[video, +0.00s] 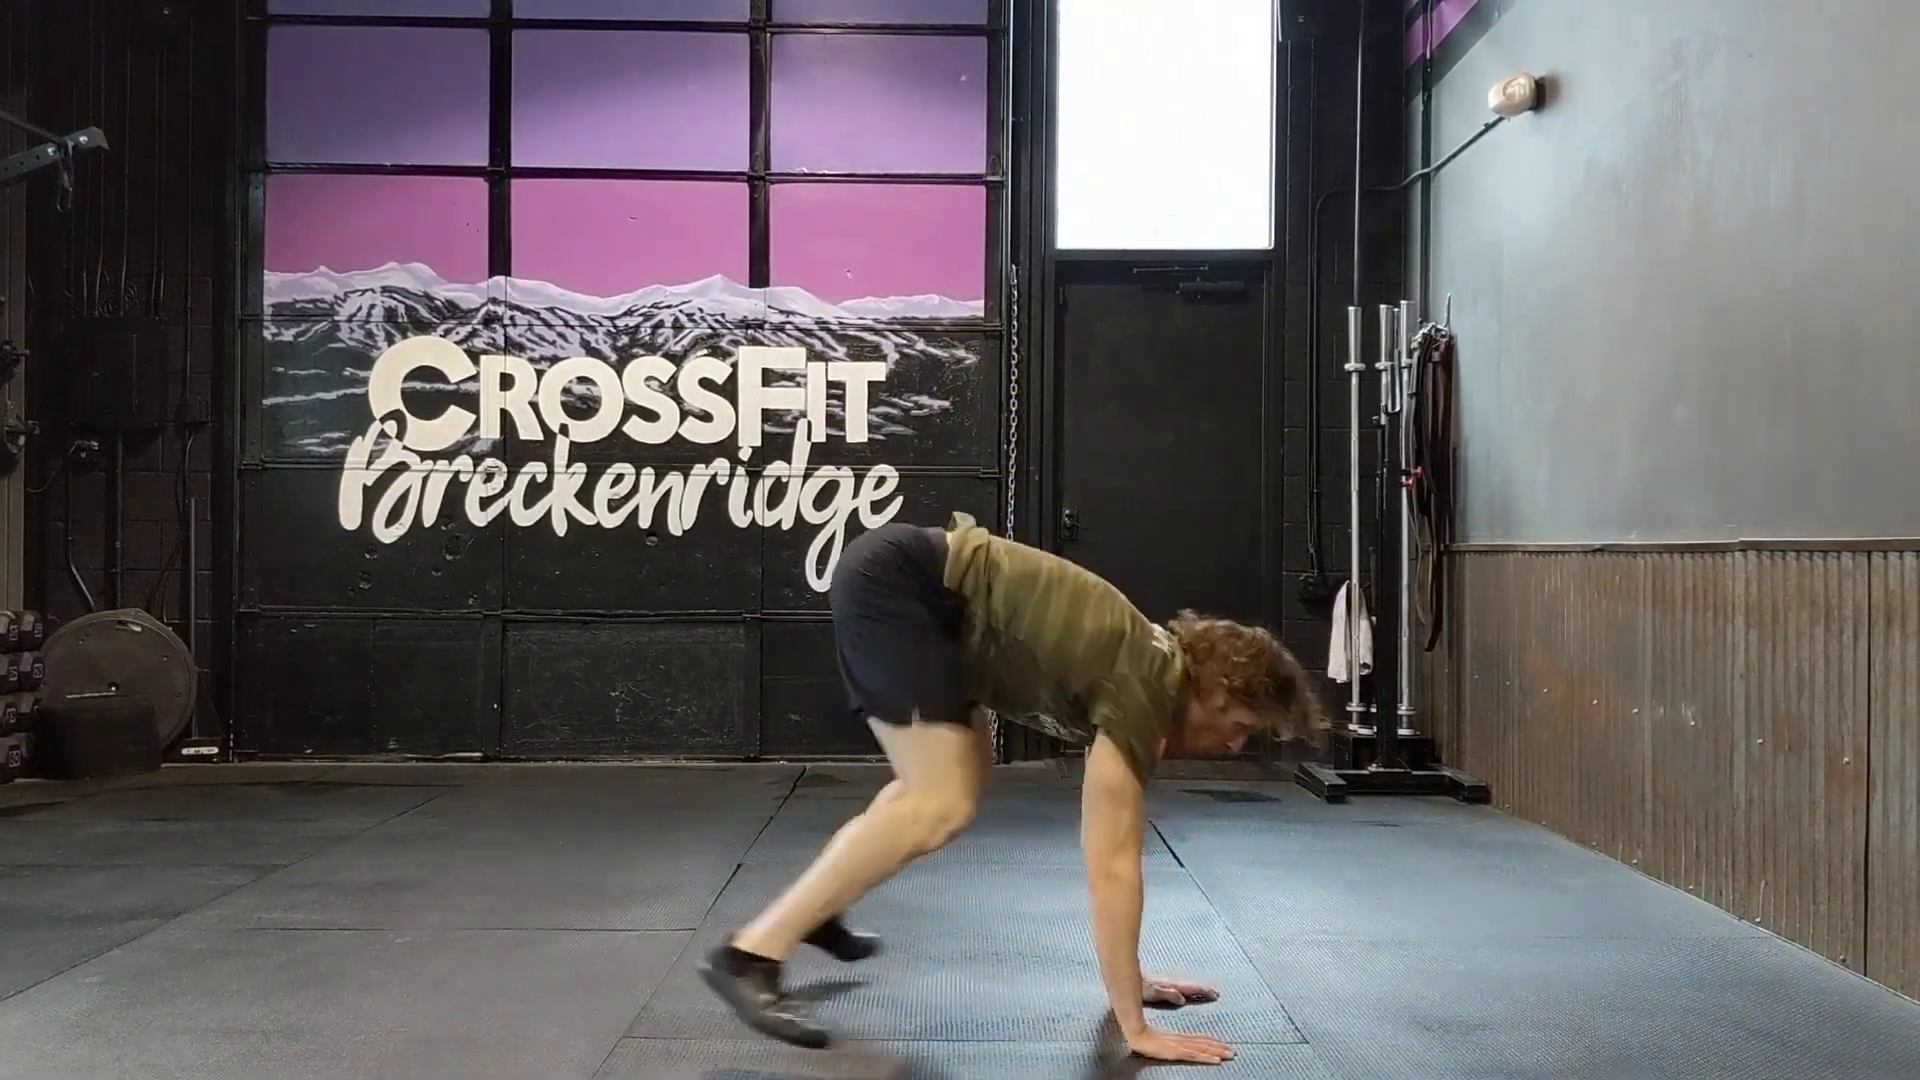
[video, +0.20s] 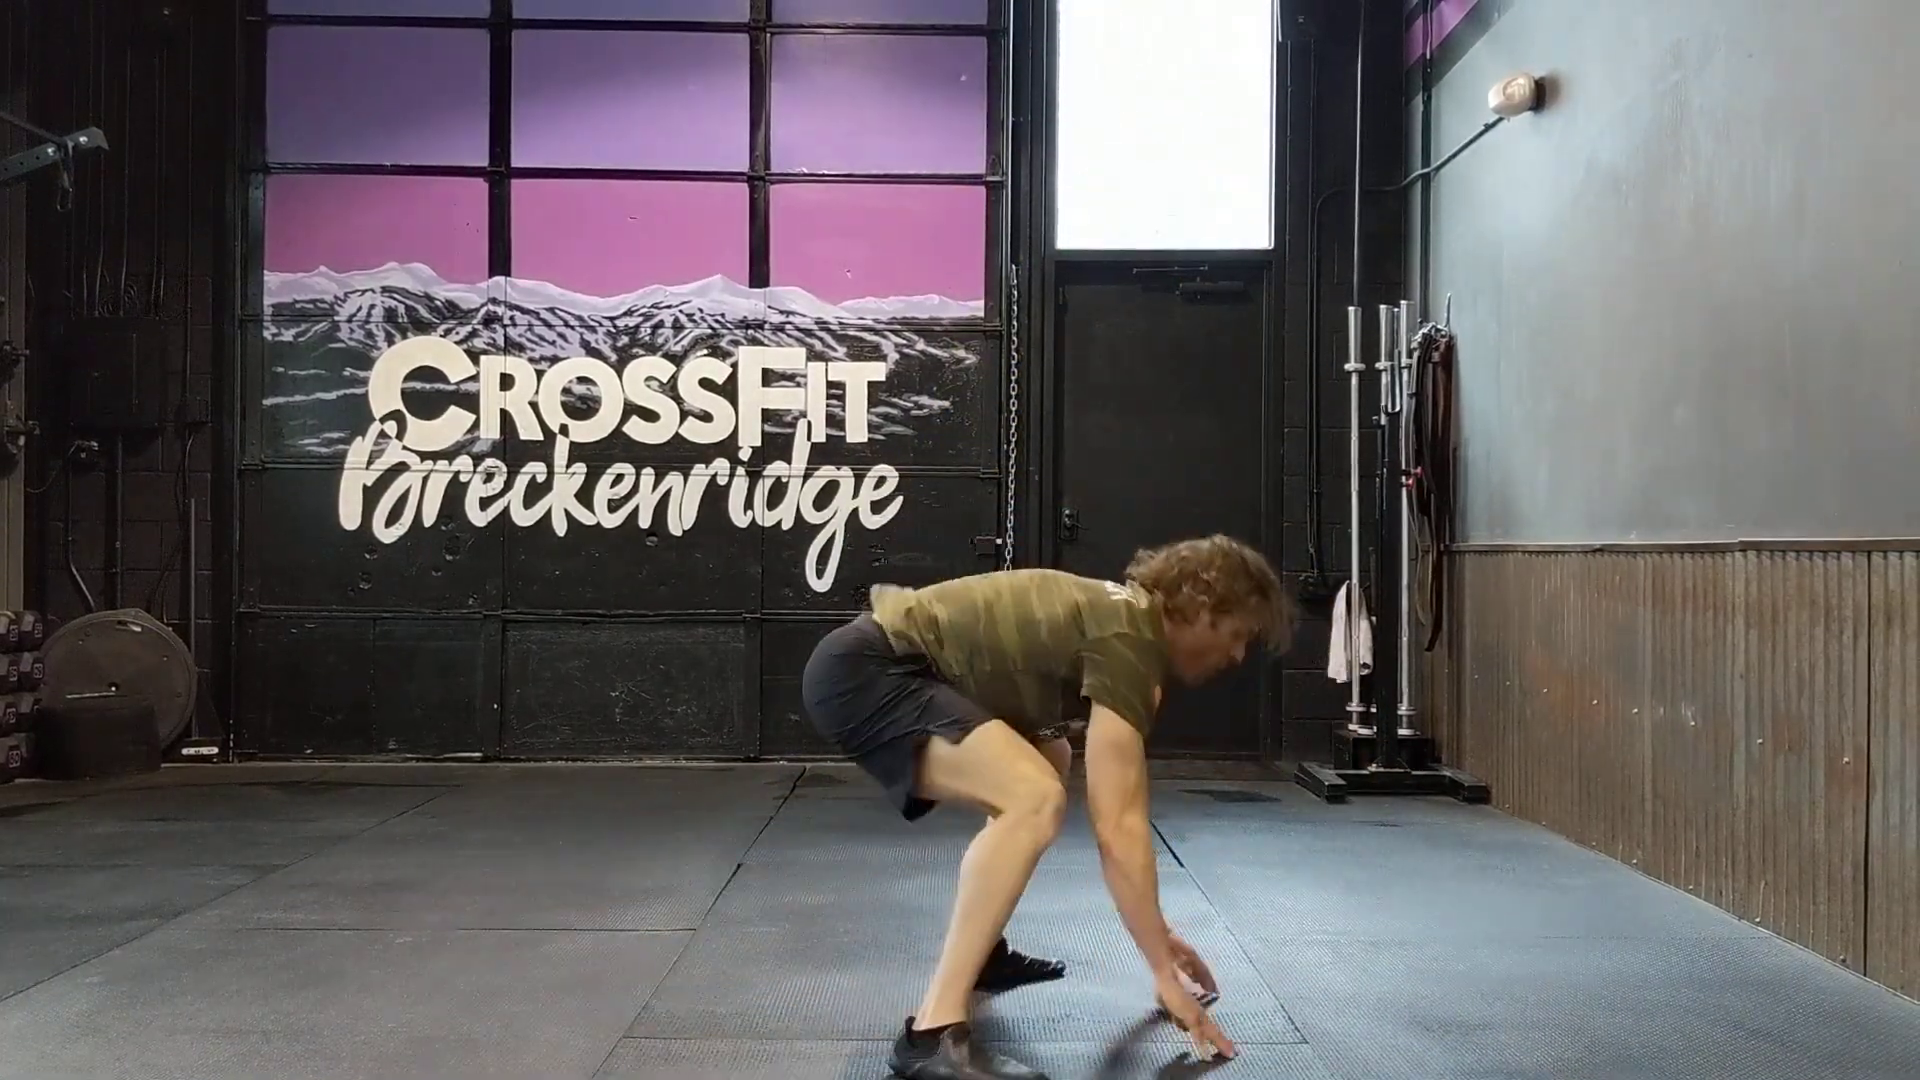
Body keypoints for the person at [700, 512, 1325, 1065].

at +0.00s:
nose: (1234, 750)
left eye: (1246, 740)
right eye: (1243, 732)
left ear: (1211, 683)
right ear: (1220, 694)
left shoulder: (1145, 676)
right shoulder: (1138, 685)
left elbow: (1114, 853)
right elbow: (1112, 863)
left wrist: (1126, 978)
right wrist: (1135, 1028)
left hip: (921, 588)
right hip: (897, 577)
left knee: (948, 791)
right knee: (939, 799)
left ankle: (814, 904)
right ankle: (752, 949)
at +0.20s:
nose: (1239, 657)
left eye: (1247, 644)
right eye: (1239, 637)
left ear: (1191, 602)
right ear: (1198, 605)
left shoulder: (1126, 630)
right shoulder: (1125, 642)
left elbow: (1124, 821)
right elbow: (1119, 830)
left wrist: (1158, 936)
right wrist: (1164, 975)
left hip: (888, 662)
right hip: (864, 669)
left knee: (1043, 769)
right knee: (1033, 798)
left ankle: (978, 955)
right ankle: (934, 1031)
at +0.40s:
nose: (1228, 524)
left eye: (1230, 509)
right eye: (1221, 506)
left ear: (1170, 502)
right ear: (1173, 499)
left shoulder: (1105, 550)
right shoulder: (1093, 554)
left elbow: (1098, 706)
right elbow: (1099, 728)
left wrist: (1178, 777)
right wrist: (1206, 837)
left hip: (922, 664)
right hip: (883, 669)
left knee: (1054, 760)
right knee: (1042, 804)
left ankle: (980, 954)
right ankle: (934, 1030)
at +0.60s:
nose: (1163, 358)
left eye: (1166, 344)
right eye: (1158, 341)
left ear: (1090, 334)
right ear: (1111, 332)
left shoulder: (1057, 405)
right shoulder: (1040, 410)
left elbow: (1092, 475)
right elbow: (1119, 503)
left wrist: (1161, 401)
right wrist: (1230, 405)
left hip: (976, 630)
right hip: (935, 629)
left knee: (1071, 753)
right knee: (1057, 801)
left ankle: (982, 950)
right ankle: (937, 1028)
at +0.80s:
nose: (1112, 144)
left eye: (1116, 128)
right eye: (1107, 120)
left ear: (1053, 114)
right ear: (1071, 114)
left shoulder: (1043, 189)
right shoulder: (1023, 181)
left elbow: (1126, 94)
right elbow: (1148, 97)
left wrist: (1121, 6)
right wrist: (1150, 2)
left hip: (1008, 464)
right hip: (978, 459)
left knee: (995, 680)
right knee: (994, 680)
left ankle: (973, 876)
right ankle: (945, 934)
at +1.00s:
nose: (1109, 102)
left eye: (1109, 81)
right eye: (1096, 80)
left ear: (1042, 89)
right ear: (1042, 86)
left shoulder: (1038, 170)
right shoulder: (1004, 159)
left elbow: (1089, 23)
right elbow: (1094, 18)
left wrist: (1059, 60)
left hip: (1014, 450)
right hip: (983, 448)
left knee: (997, 690)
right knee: (993, 689)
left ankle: (965, 911)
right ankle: (959, 945)